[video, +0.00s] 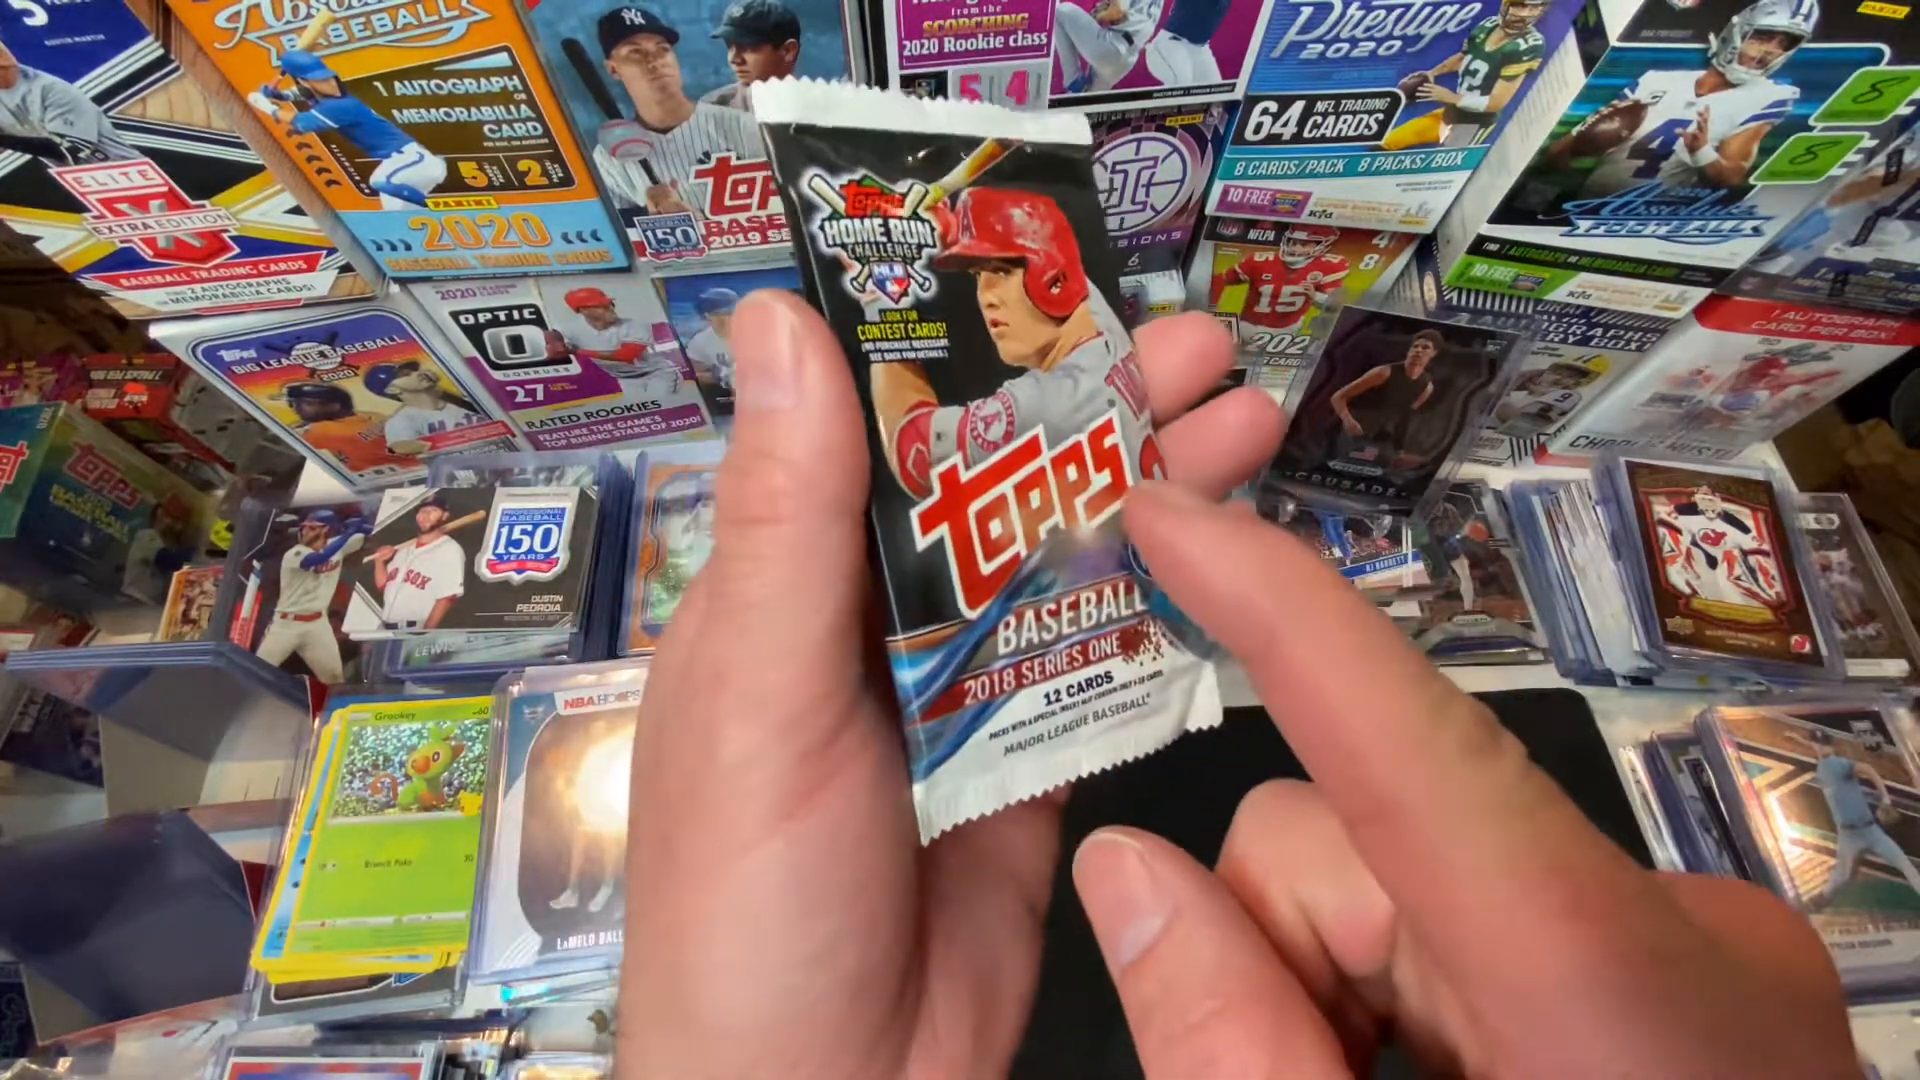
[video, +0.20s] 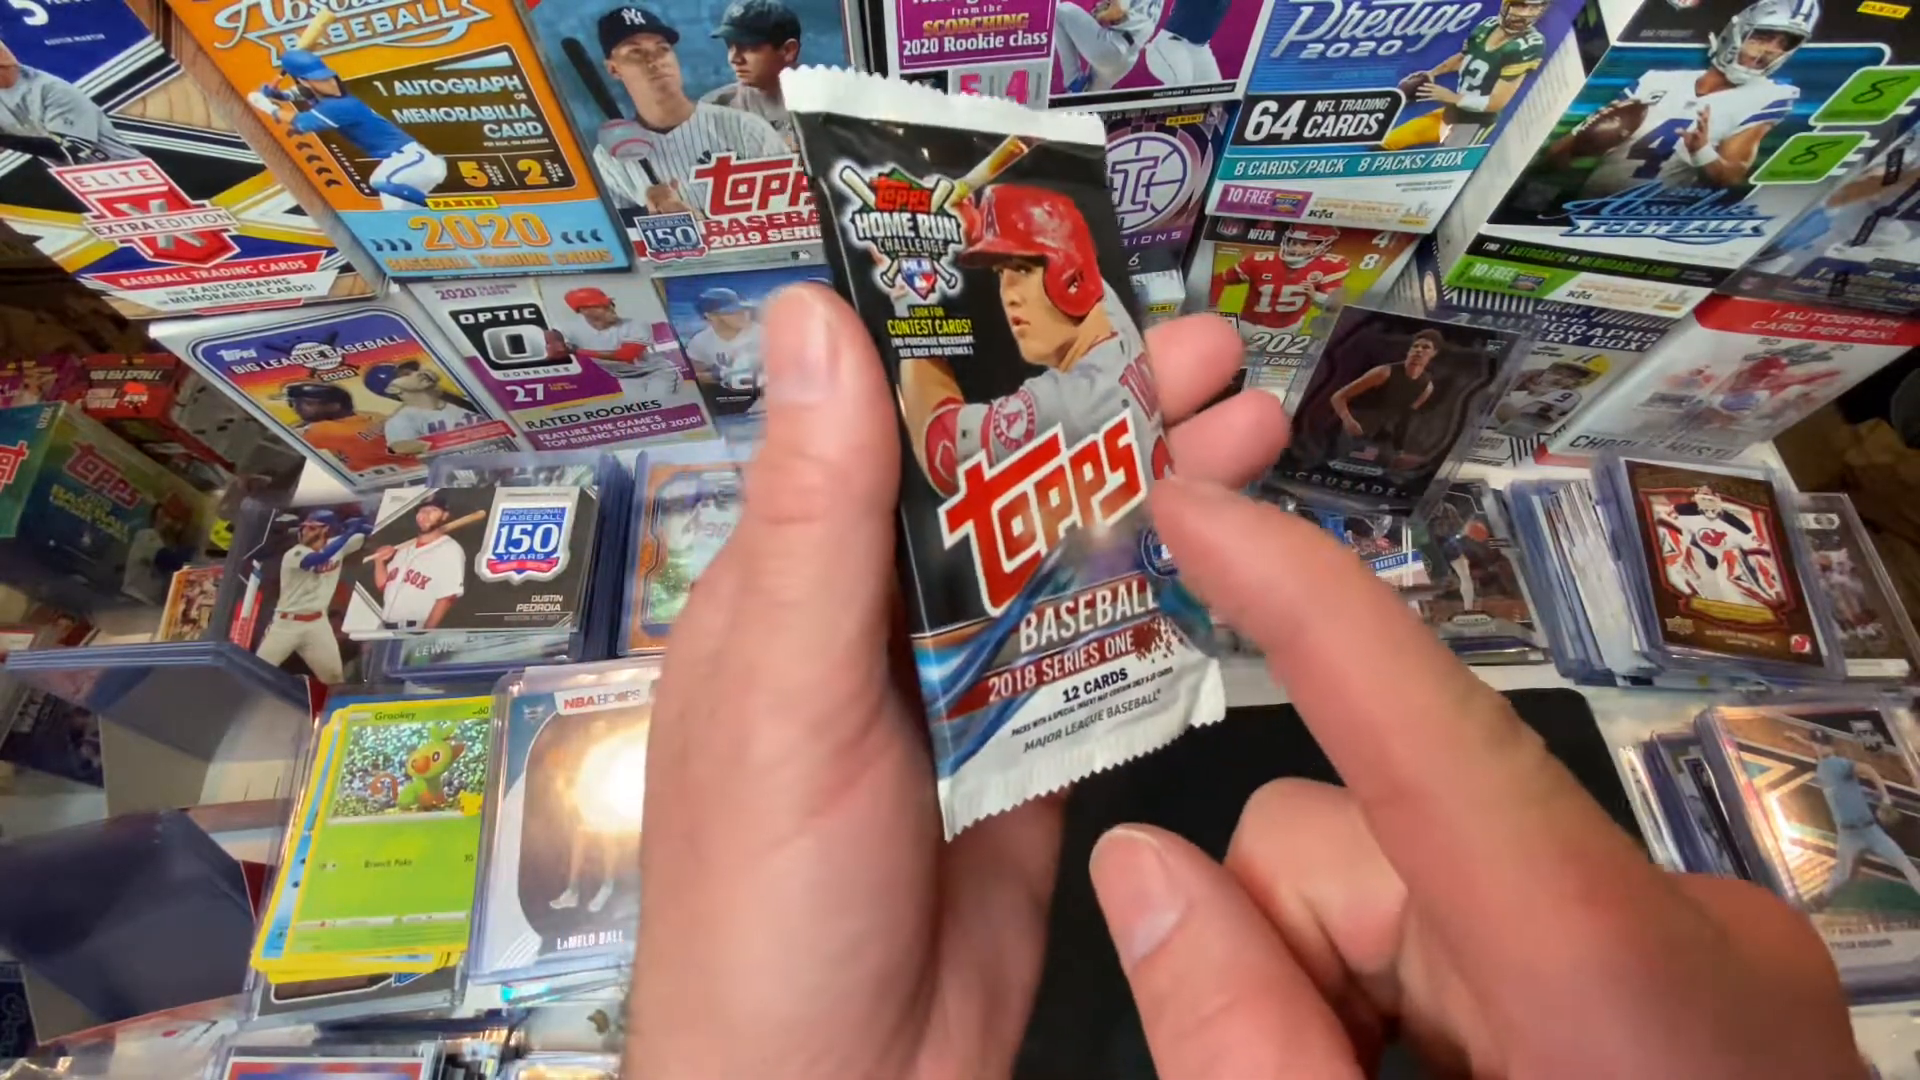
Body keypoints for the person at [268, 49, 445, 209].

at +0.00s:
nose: (332, 80)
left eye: (330, 75)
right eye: (323, 78)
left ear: (308, 81)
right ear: (305, 84)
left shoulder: (341, 106)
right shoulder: (330, 103)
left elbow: (298, 122)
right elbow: (300, 94)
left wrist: (268, 107)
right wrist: (275, 94)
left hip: (413, 159)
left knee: (379, 180)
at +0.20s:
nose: (332, 80)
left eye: (330, 75)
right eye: (324, 77)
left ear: (308, 81)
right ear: (306, 84)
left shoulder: (341, 106)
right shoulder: (330, 102)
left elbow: (298, 122)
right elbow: (299, 93)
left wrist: (268, 107)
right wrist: (275, 94)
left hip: (414, 159)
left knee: (380, 179)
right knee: (397, 221)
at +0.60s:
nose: (329, 80)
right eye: (321, 78)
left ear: (307, 83)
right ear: (306, 82)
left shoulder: (343, 107)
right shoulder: (335, 102)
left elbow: (299, 122)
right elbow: (303, 93)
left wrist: (270, 109)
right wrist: (279, 95)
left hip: (414, 159)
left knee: (380, 179)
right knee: (400, 221)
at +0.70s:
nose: (329, 81)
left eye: (328, 76)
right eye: (321, 78)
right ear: (305, 84)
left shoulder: (343, 106)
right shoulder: (332, 102)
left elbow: (300, 122)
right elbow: (298, 93)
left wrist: (270, 109)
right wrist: (275, 94)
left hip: (414, 159)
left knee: (381, 179)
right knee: (399, 220)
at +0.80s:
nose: (330, 81)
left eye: (328, 76)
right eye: (322, 79)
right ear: (305, 84)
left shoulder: (343, 106)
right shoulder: (329, 103)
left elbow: (299, 122)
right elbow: (297, 93)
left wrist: (269, 108)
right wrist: (274, 94)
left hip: (414, 158)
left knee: (380, 179)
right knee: (399, 222)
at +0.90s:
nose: (330, 81)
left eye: (328, 76)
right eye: (322, 78)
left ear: (309, 83)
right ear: (306, 84)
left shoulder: (342, 106)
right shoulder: (331, 103)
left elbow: (299, 122)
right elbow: (296, 94)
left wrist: (269, 108)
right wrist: (274, 94)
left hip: (414, 158)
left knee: (380, 179)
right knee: (400, 220)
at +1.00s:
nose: (331, 81)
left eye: (329, 77)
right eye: (323, 79)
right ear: (307, 85)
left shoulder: (344, 106)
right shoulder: (331, 104)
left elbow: (301, 123)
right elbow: (303, 92)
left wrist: (270, 109)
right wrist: (278, 95)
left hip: (416, 159)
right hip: (404, 168)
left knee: (380, 179)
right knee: (397, 224)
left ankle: (436, 217)